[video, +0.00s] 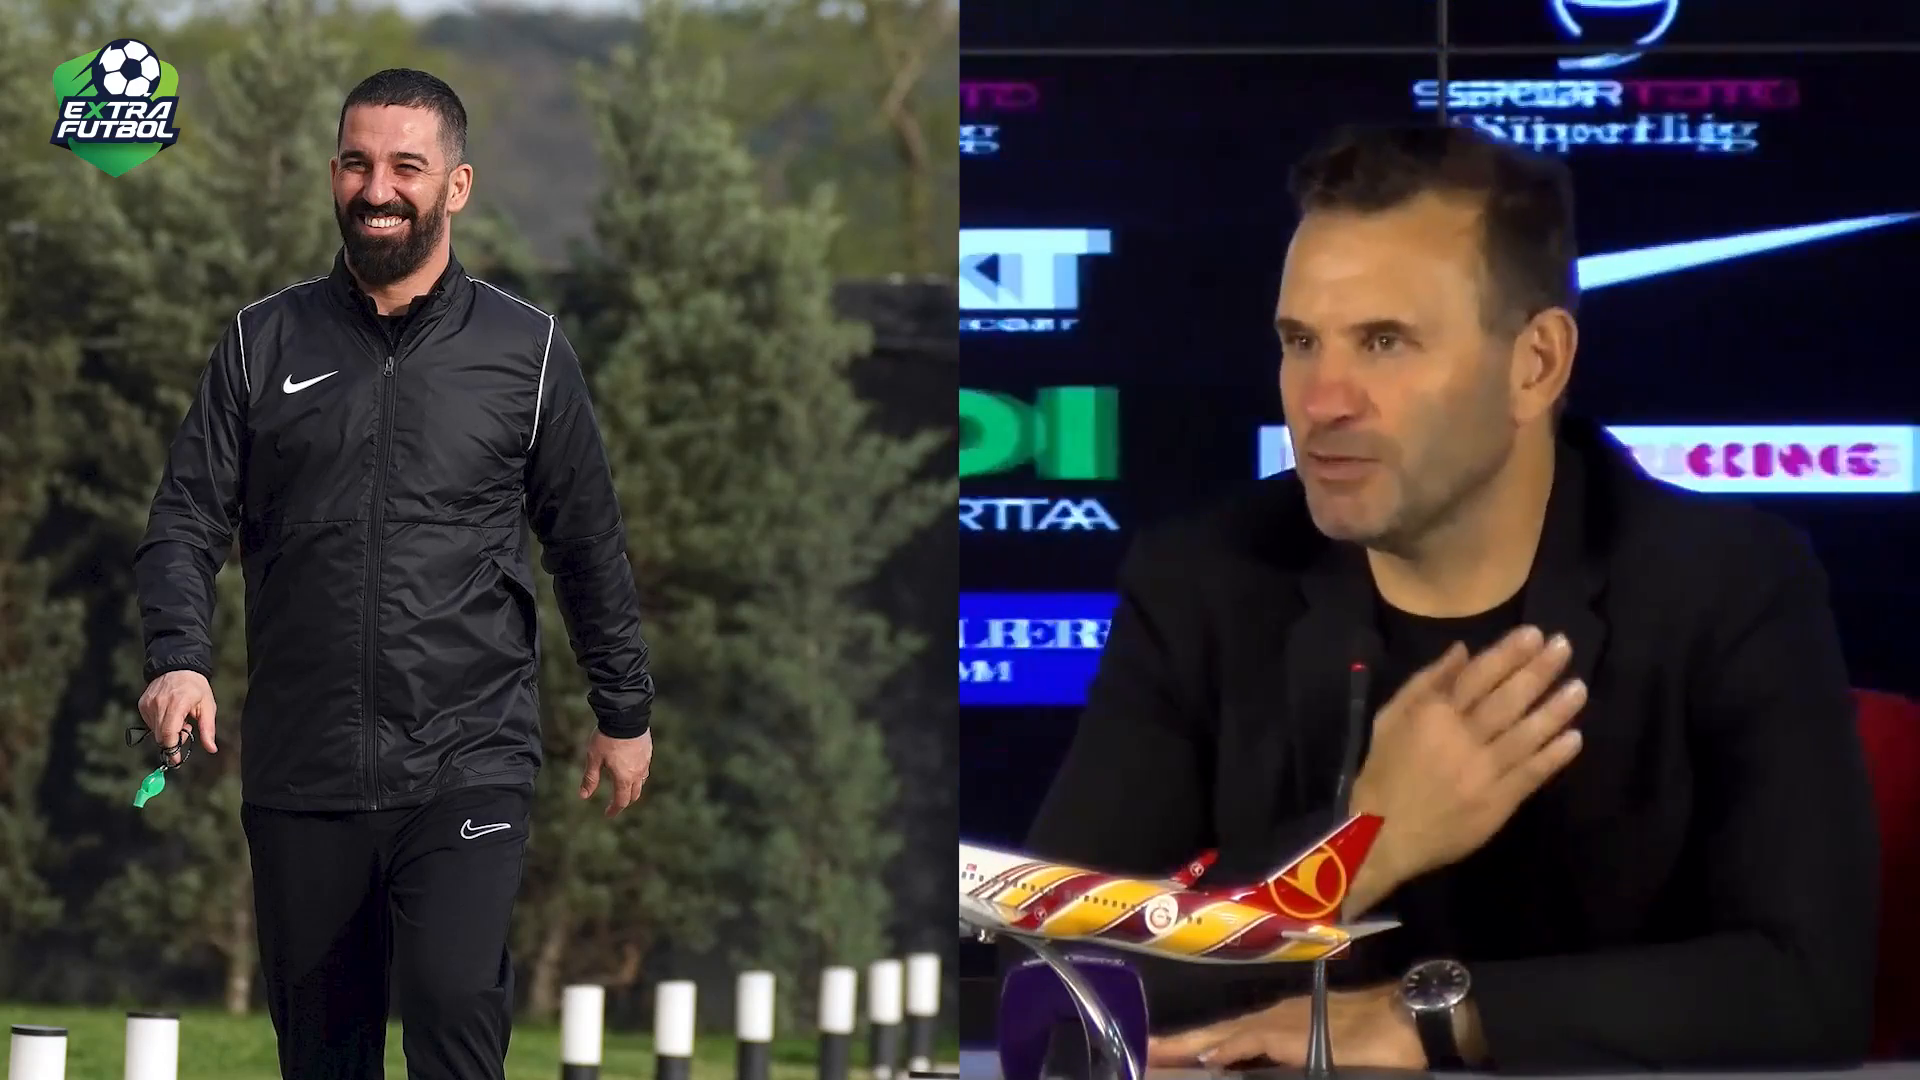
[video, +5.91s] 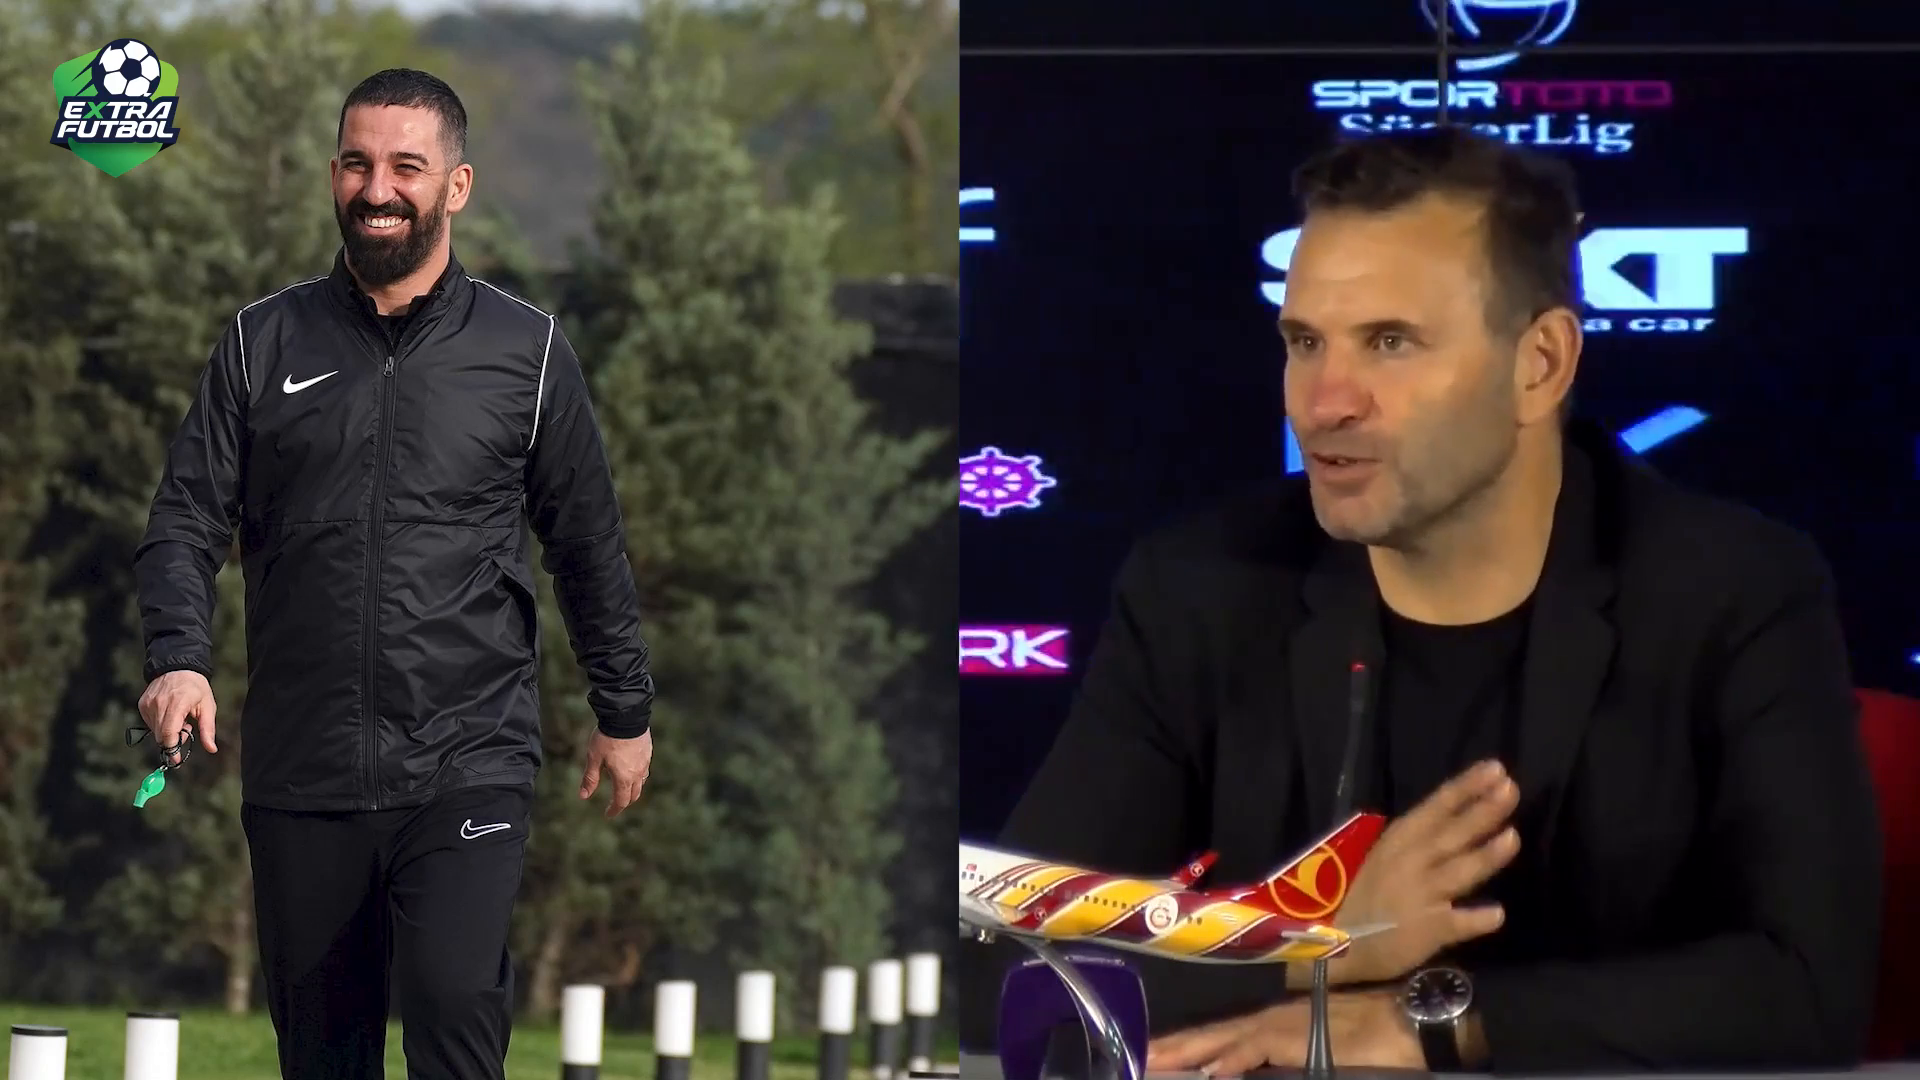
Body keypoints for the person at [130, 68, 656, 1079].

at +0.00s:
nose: (376, 187)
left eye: (405, 164)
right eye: (356, 162)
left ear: (458, 185)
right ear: (334, 176)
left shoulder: (529, 349)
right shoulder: (259, 343)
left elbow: (589, 540)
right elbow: (187, 513)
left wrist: (623, 708)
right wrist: (178, 658)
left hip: (472, 752)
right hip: (302, 755)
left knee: (455, 1018)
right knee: (320, 1042)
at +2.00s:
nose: (376, 187)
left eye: (405, 164)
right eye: (356, 162)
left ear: (458, 185)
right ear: (334, 176)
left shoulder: (529, 349)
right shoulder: (259, 343)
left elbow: (588, 541)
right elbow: (187, 513)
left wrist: (623, 709)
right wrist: (178, 658)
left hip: (472, 752)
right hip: (302, 755)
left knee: (455, 1018)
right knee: (320, 1042)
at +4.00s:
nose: (375, 187)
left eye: (405, 164)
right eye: (356, 162)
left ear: (458, 185)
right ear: (334, 177)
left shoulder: (530, 350)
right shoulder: (259, 342)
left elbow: (588, 541)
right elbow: (187, 513)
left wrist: (623, 708)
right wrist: (177, 658)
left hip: (472, 752)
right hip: (301, 755)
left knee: (455, 1018)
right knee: (320, 1043)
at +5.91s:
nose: (376, 187)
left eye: (405, 164)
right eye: (356, 162)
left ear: (458, 185)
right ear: (334, 177)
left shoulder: (530, 350)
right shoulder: (259, 342)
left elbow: (589, 541)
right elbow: (186, 513)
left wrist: (623, 708)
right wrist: (178, 658)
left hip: (471, 752)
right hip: (301, 755)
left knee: (455, 1020)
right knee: (320, 1043)